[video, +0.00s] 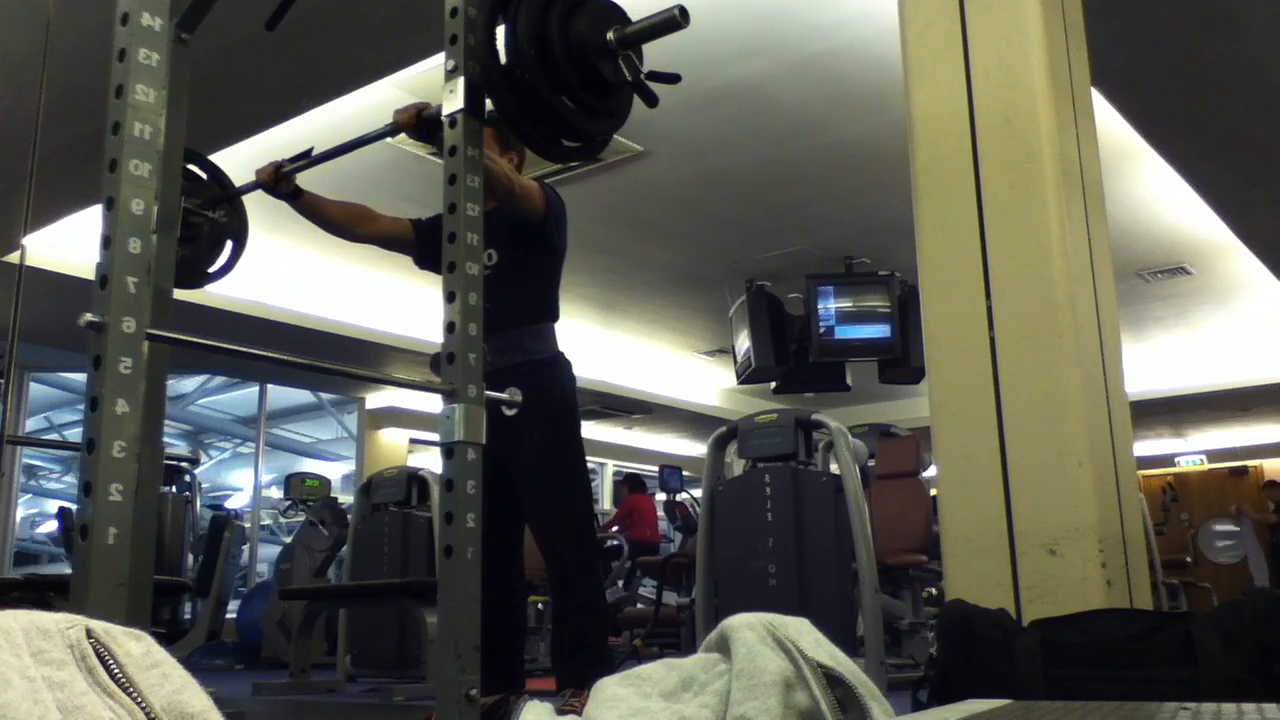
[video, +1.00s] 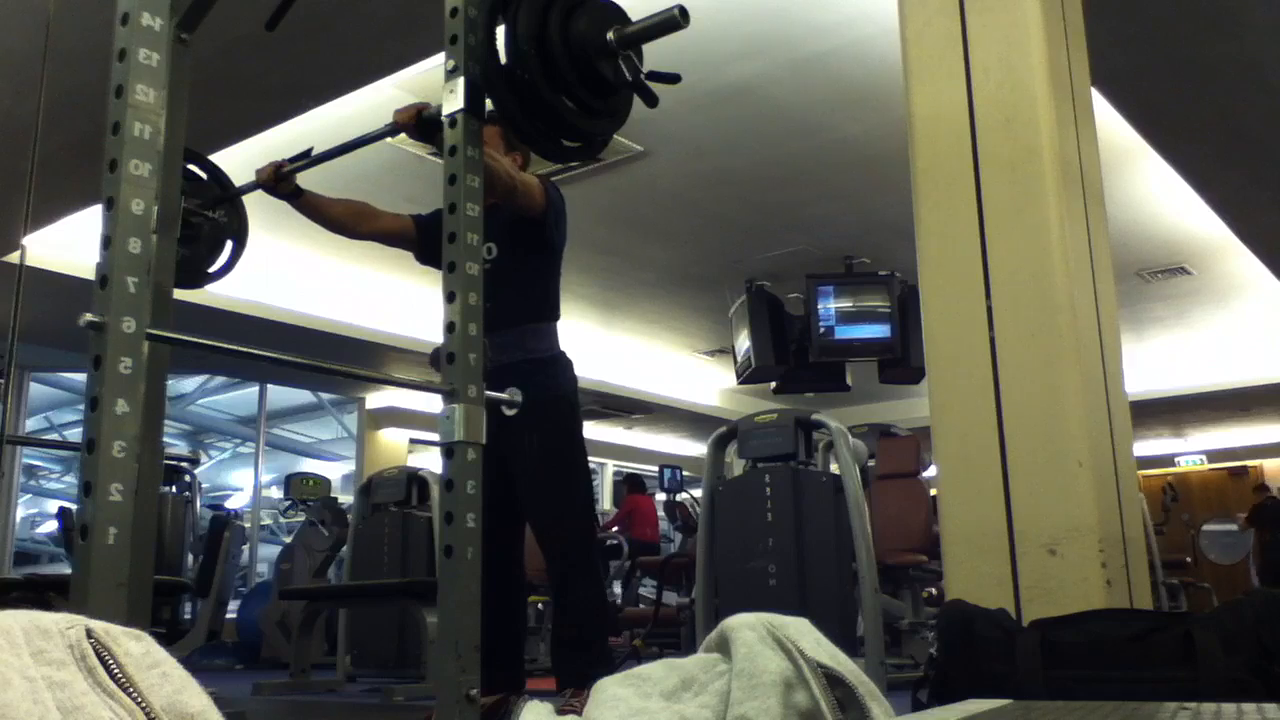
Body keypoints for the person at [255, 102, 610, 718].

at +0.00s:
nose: (468, 166)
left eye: (478, 154)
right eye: (462, 158)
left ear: (510, 155)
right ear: (458, 165)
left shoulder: (542, 209)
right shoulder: (456, 227)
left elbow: (505, 181)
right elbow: (368, 224)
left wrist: (441, 133)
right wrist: (294, 192)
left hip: (537, 383)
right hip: (475, 391)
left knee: (563, 537)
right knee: (487, 546)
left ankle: (580, 684)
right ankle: (497, 687)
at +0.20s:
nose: (467, 165)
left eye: (477, 153)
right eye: (461, 158)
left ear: (509, 154)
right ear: (458, 165)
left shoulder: (542, 209)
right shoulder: (456, 227)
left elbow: (506, 182)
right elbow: (368, 224)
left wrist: (440, 133)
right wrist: (294, 193)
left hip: (537, 383)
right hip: (475, 391)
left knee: (563, 537)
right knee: (488, 546)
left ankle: (579, 684)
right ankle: (498, 687)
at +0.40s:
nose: (468, 165)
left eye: (478, 154)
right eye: (462, 158)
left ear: (511, 155)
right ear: (458, 165)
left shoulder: (542, 209)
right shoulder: (456, 227)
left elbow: (505, 181)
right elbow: (369, 224)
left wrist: (441, 133)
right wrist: (294, 193)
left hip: (537, 383)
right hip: (475, 391)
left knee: (563, 537)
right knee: (488, 546)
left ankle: (580, 684)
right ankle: (497, 687)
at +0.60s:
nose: (471, 165)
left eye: (480, 154)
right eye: (465, 157)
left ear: (513, 156)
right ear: (461, 165)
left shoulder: (543, 208)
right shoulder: (458, 228)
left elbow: (505, 181)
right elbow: (368, 224)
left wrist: (440, 132)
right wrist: (294, 193)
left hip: (537, 384)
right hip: (476, 392)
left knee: (563, 537)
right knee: (489, 546)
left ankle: (579, 684)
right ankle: (499, 687)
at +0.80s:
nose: (469, 165)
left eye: (479, 153)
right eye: (463, 158)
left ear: (513, 156)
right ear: (460, 165)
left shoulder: (543, 207)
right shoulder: (458, 226)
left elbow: (504, 180)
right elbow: (369, 223)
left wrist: (440, 133)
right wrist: (295, 193)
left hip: (538, 385)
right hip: (477, 393)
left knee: (564, 539)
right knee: (489, 546)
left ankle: (579, 683)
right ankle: (499, 686)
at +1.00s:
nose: (471, 159)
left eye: (482, 148)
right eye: (465, 153)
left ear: (516, 154)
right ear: (459, 162)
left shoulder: (543, 204)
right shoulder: (457, 223)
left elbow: (502, 179)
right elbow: (370, 221)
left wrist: (440, 134)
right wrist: (295, 192)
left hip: (538, 384)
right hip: (476, 392)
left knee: (565, 538)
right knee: (488, 546)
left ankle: (579, 684)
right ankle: (498, 686)